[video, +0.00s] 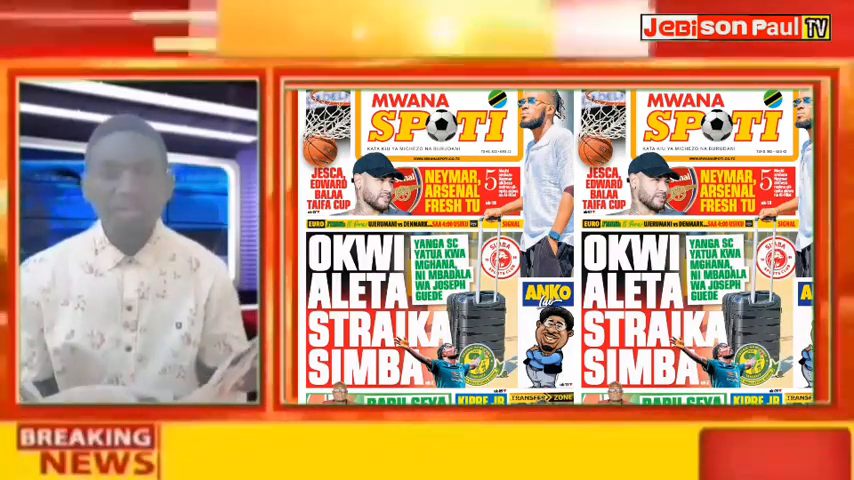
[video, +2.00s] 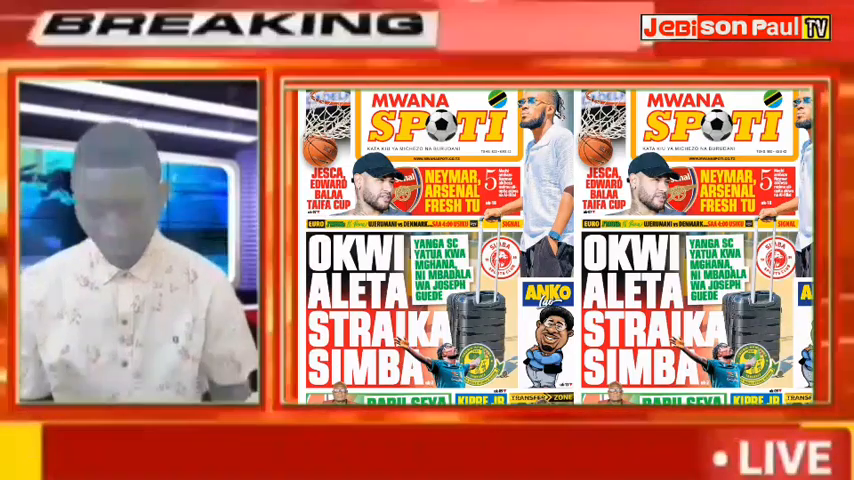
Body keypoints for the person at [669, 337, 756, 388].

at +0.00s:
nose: (729, 348)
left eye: (729, 347)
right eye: (725, 347)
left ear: (731, 351)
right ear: (718, 353)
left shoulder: (737, 366)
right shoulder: (714, 364)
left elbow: (750, 365)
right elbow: (698, 359)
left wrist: (754, 359)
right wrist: (684, 348)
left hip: (737, 401)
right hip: (720, 402)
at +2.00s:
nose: (728, 349)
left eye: (729, 347)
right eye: (724, 347)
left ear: (731, 351)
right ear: (718, 353)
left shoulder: (737, 366)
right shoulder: (714, 364)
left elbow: (750, 365)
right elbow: (698, 359)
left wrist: (754, 359)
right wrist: (684, 348)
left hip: (737, 401)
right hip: (720, 401)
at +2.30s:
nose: (729, 348)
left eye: (729, 347)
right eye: (724, 347)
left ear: (731, 351)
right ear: (718, 353)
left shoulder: (737, 366)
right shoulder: (714, 364)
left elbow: (749, 365)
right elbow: (698, 359)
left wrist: (754, 359)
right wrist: (684, 348)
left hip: (736, 401)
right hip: (720, 401)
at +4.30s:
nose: (728, 349)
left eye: (729, 347)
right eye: (724, 347)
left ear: (731, 351)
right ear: (718, 353)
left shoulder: (737, 366)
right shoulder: (714, 364)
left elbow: (749, 365)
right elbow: (698, 359)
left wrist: (754, 359)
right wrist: (684, 348)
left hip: (737, 400)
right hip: (720, 400)